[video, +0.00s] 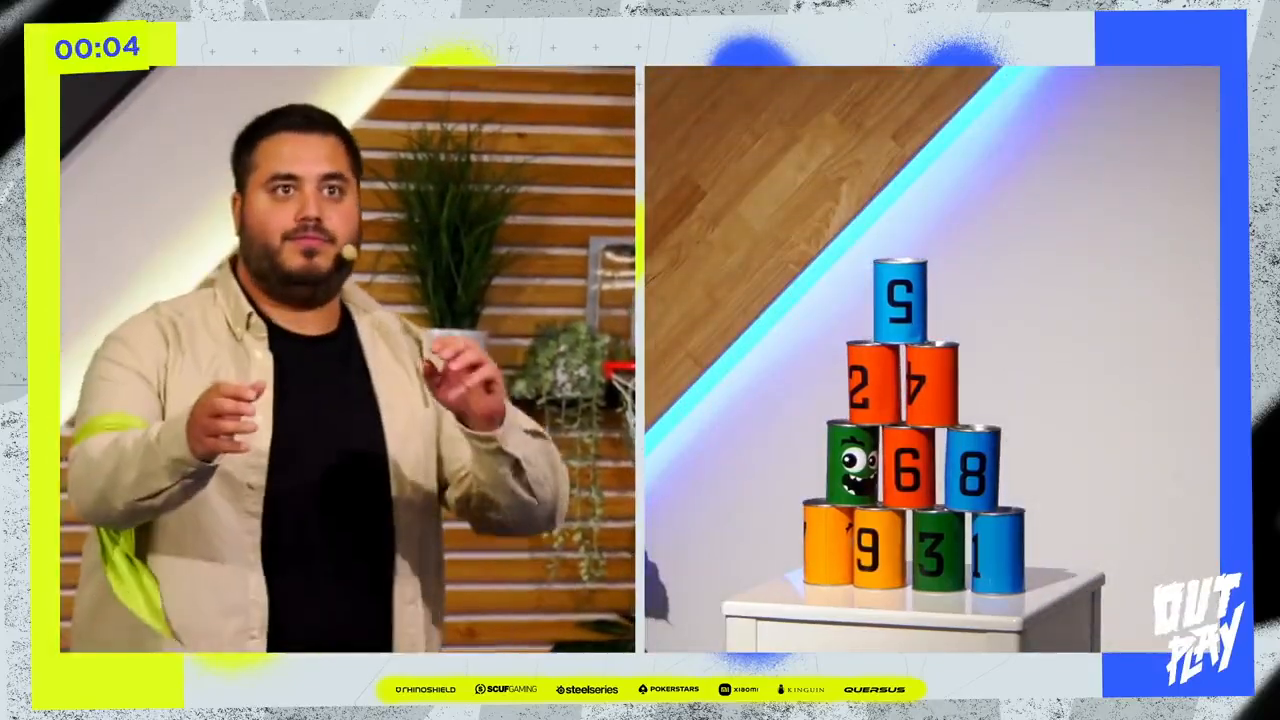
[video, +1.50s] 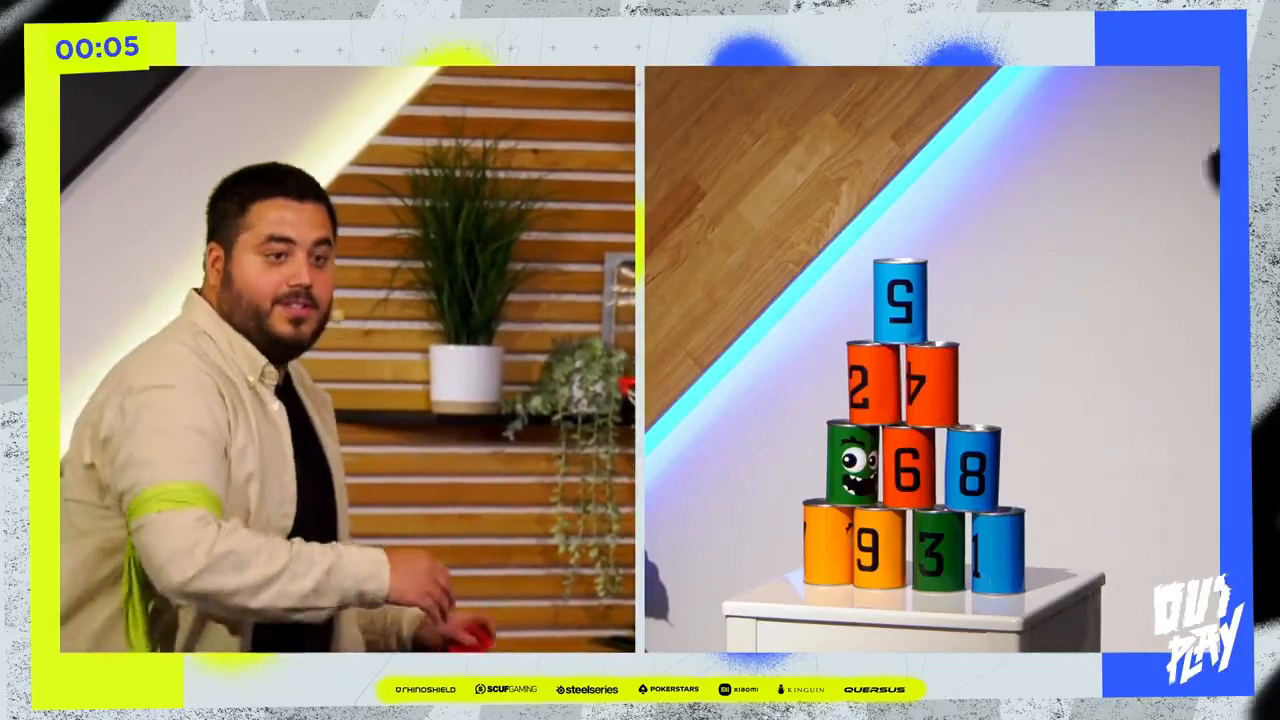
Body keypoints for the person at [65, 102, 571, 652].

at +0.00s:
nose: (311, 211)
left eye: (333, 189)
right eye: (284, 189)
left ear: (357, 213)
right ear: (240, 209)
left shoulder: (414, 354)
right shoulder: (155, 342)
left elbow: (532, 510)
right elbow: (91, 490)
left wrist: (495, 428)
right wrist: (183, 442)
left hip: (381, 694)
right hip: (201, 693)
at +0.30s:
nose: (280, 195)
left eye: (300, 176)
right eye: (249, 175)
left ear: (321, 208)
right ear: (200, 208)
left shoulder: (379, 340)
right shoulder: (124, 345)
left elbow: (510, 440)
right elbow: (127, 495)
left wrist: (461, 329)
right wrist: (269, 440)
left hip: (363, 680)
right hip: (194, 682)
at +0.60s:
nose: (290, 220)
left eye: (304, 201)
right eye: (259, 195)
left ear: (318, 221)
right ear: (191, 219)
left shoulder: (334, 345)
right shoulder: (127, 362)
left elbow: (476, 483)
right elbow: (271, 500)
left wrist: (511, 385)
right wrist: (459, 401)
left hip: (322, 698)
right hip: (158, 702)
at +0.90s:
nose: (345, 389)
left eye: (362, 367)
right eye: (332, 359)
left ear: (376, 352)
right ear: (269, 311)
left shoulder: (333, 413)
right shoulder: (150, 417)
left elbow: (365, 572)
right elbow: (148, 628)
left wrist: (422, 624)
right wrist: (350, 665)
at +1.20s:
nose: (327, 327)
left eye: (345, 305)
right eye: (306, 296)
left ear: (356, 310)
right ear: (242, 281)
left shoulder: (311, 399)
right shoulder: (157, 403)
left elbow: (345, 556)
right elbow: (143, 617)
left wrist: (369, 637)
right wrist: (331, 639)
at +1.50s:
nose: (304, 277)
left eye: (320, 257)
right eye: (276, 253)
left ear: (333, 271)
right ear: (217, 265)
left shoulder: (299, 392)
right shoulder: (168, 381)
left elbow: (280, 604)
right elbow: (185, 558)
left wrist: (410, 627)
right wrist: (377, 571)